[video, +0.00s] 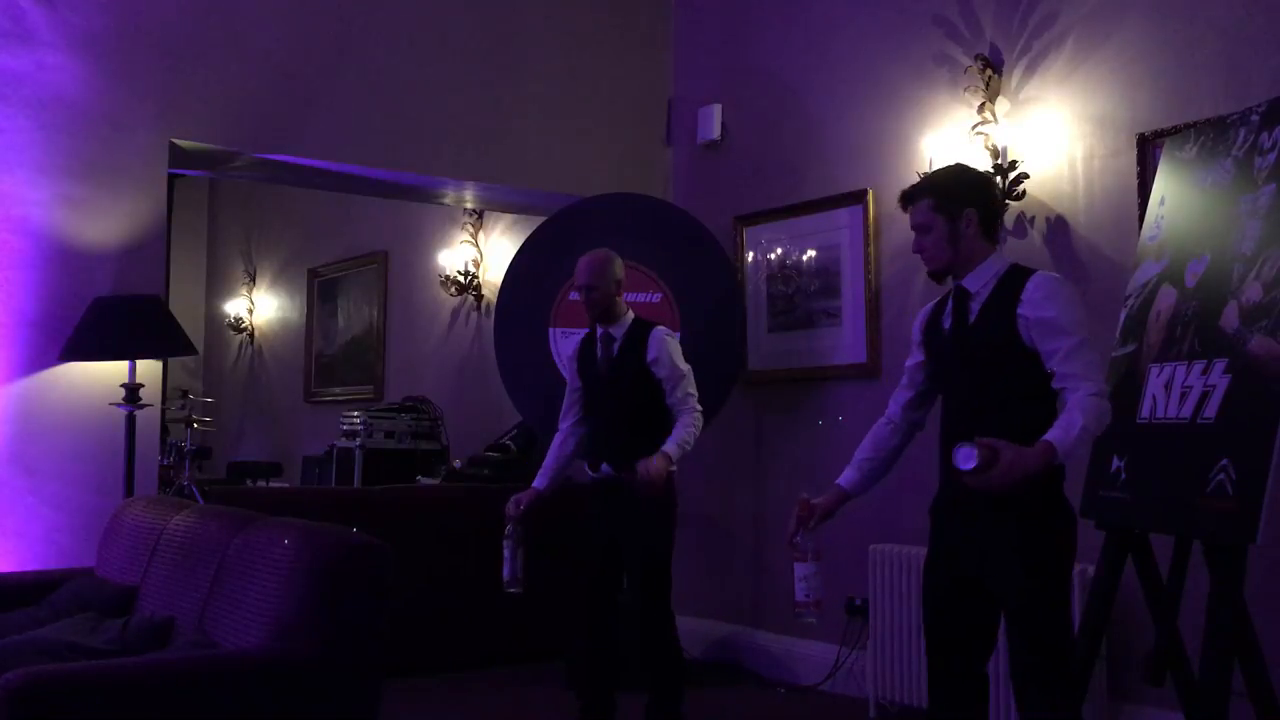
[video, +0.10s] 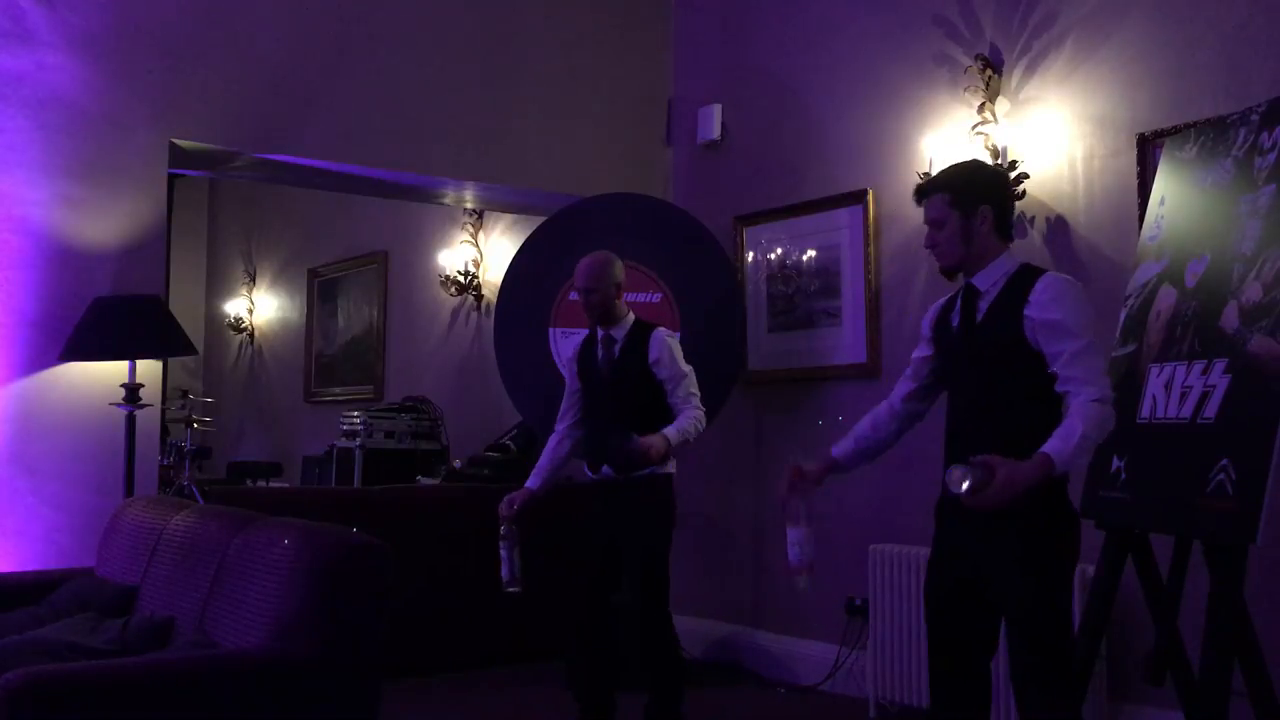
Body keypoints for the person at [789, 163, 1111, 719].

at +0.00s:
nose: (915, 245)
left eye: (924, 230)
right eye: (913, 232)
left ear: (969, 224)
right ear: (958, 228)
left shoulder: (1039, 294)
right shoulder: (936, 318)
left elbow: (1090, 398)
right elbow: (900, 417)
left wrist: (1039, 455)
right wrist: (837, 494)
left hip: (1031, 517)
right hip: (958, 518)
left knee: (1042, 684)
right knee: (953, 684)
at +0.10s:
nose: (928, 240)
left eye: (938, 225)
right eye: (927, 227)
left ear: (982, 221)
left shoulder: (1048, 294)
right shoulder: (946, 313)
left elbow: (1093, 403)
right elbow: (904, 404)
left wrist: (1035, 470)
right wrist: (828, 463)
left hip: (1035, 517)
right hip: (962, 515)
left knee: (1043, 686)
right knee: (955, 685)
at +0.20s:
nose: (940, 236)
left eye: (950, 219)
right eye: (941, 221)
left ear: (995, 218)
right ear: (989, 220)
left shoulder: (1055, 297)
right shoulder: (958, 307)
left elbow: (1097, 410)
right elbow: (904, 377)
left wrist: (1028, 486)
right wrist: (822, 395)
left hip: (1035, 526)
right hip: (963, 522)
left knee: (1042, 691)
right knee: (954, 689)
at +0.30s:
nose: (949, 223)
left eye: (962, 209)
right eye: (952, 209)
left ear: (1006, 216)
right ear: (994, 219)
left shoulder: (1056, 298)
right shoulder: (968, 302)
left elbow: (1093, 414)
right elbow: (898, 347)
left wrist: (1020, 500)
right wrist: (823, 315)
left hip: (1033, 535)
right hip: (965, 531)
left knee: (1039, 695)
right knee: (954, 693)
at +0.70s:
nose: (960, 214)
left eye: (975, 202)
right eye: (964, 201)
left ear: (1019, 217)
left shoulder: (1043, 308)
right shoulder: (979, 293)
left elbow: (1012, 437)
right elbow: (886, 329)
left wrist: (932, 515)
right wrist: (830, 277)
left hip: (1028, 516)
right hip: (974, 510)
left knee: (1035, 687)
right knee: (950, 681)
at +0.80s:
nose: (958, 219)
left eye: (973, 207)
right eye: (960, 205)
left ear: (1019, 218)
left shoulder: (1038, 308)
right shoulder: (976, 295)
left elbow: (991, 436)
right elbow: (885, 358)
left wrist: (895, 486)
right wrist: (868, 314)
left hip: (1030, 510)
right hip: (979, 504)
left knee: (1031, 675)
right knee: (949, 667)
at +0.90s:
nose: (954, 221)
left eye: (969, 208)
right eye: (956, 207)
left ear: (1014, 219)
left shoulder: (1034, 305)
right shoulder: (970, 292)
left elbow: (997, 432)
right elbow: (915, 385)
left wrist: (897, 433)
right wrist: (923, 357)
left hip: (1030, 507)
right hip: (978, 499)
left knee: (1034, 677)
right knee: (948, 667)